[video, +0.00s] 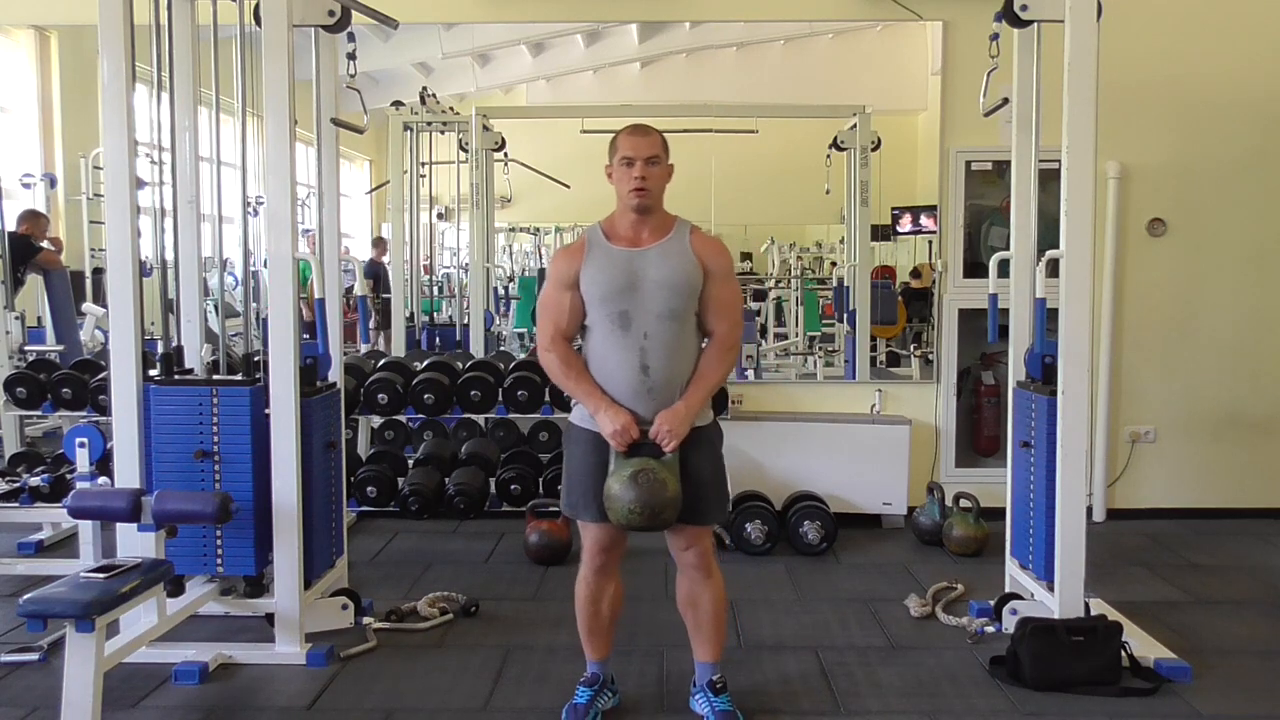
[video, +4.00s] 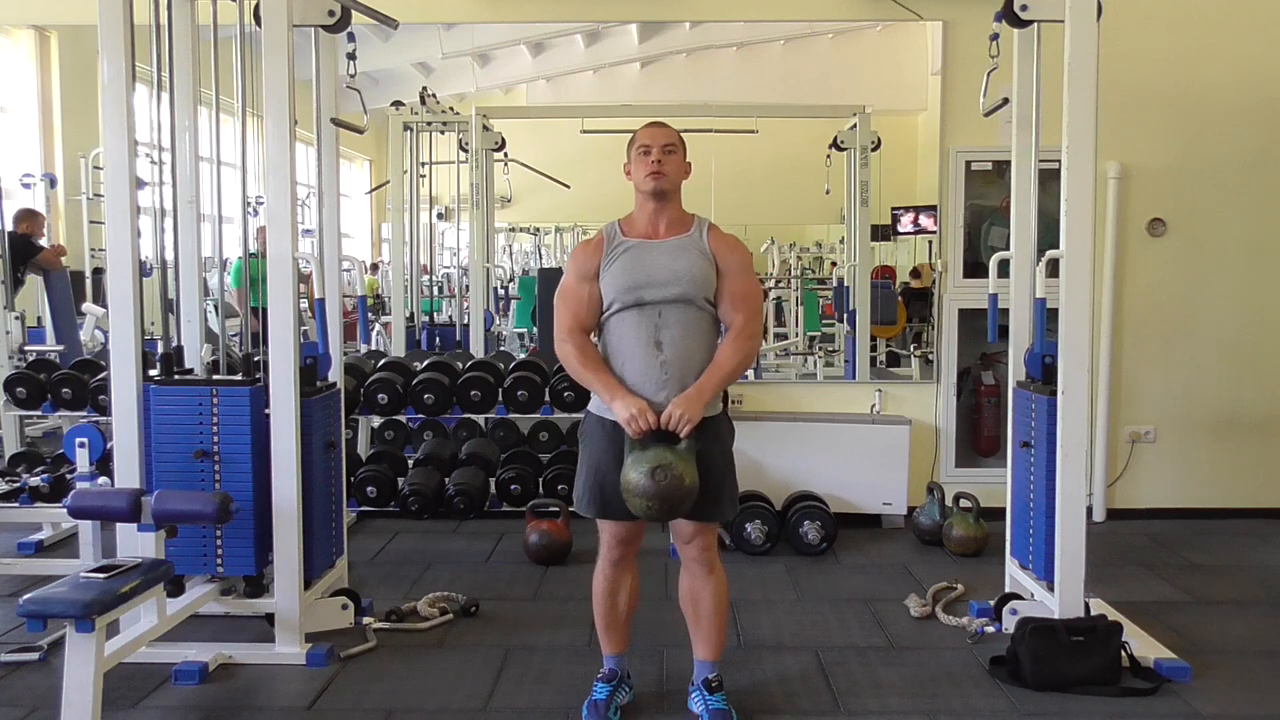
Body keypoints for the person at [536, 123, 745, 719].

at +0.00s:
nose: (640, 173)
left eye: (652, 163)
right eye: (628, 163)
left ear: (669, 172)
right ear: (610, 173)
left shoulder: (705, 252)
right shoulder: (574, 259)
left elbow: (726, 337)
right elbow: (551, 345)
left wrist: (689, 407)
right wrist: (602, 408)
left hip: (685, 428)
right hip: (597, 429)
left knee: (695, 551)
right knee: (598, 551)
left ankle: (708, 686)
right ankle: (596, 679)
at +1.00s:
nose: (691, 178)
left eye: (704, 166)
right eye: (680, 166)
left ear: (721, 174)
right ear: (661, 173)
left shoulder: (755, 258)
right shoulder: (618, 257)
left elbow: (772, 345)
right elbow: (590, 342)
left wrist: (728, 410)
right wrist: (641, 409)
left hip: (717, 435)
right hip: (628, 428)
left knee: (712, 558)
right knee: (610, 556)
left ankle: (705, 685)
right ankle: (607, 673)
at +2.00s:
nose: (645, 349)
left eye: (660, 335)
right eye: (630, 336)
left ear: (679, 343)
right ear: (607, 349)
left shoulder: (709, 401)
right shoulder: (581, 409)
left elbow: (730, 301)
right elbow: (565, 305)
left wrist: (696, 214)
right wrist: (605, 213)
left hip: (698, 634)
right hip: (598, 624)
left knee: (735, 710)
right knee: (596, 695)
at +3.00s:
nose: (662, 259)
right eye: (650, 246)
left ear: (705, 234)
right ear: (624, 240)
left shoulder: (727, 293)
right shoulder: (599, 298)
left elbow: (764, 225)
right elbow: (562, 228)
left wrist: (718, 165)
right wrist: (616, 159)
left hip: (714, 510)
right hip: (622, 511)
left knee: (737, 665)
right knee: (623, 657)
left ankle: (708, 679)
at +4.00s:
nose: (656, 158)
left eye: (668, 150)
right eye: (644, 151)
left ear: (687, 168)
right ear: (628, 170)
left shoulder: (723, 247)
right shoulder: (593, 252)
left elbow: (745, 332)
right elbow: (570, 338)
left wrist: (701, 393)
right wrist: (617, 396)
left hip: (697, 419)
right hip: (615, 419)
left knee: (698, 544)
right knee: (616, 543)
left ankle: (707, 681)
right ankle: (612, 672)